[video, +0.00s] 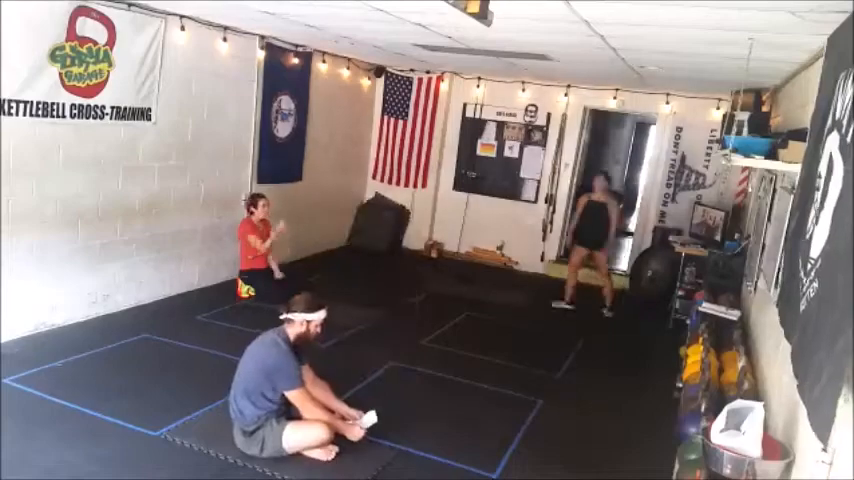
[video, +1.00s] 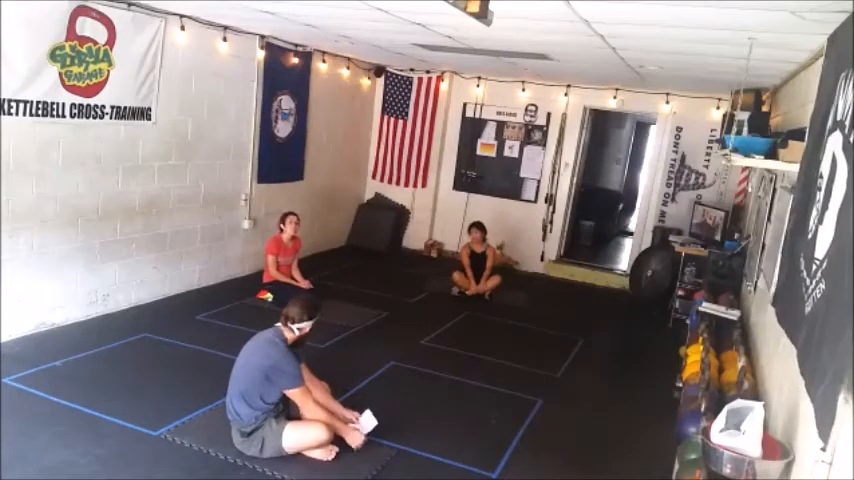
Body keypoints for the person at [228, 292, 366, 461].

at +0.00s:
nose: (320, 331)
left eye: (321, 325)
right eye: (318, 325)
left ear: (301, 323)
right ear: (302, 323)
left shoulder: (287, 340)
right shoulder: (279, 355)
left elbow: (312, 383)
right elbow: (307, 409)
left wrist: (345, 411)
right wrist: (344, 428)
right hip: (255, 432)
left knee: (321, 387)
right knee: (323, 431)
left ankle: (309, 445)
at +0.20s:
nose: (321, 333)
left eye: (323, 327)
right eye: (319, 328)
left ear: (302, 325)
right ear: (304, 326)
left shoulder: (286, 340)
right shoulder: (279, 357)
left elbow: (312, 384)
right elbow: (308, 410)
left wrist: (345, 411)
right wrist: (345, 430)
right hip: (253, 432)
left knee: (321, 388)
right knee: (323, 432)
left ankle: (310, 445)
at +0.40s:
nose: (313, 329)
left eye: (314, 324)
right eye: (313, 325)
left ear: (287, 321)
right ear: (303, 328)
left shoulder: (282, 339)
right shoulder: (276, 357)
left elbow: (311, 384)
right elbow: (307, 410)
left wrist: (345, 412)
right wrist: (344, 429)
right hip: (253, 433)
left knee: (320, 387)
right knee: (323, 432)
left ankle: (310, 445)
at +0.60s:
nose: (315, 326)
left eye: (315, 322)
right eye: (315, 323)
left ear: (288, 317)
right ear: (305, 326)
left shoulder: (279, 338)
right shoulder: (277, 356)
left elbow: (311, 383)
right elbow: (307, 406)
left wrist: (342, 414)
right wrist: (343, 431)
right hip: (253, 432)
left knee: (321, 387)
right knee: (323, 432)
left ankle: (309, 445)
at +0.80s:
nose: (315, 328)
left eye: (315, 323)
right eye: (314, 324)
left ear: (286, 318)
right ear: (304, 328)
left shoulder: (278, 338)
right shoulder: (275, 357)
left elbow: (310, 383)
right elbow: (306, 406)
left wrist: (343, 413)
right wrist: (344, 430)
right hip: (253, 432)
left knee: (321, 388)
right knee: (323, 432)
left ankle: (308, 445)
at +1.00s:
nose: (311, 328)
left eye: (312, 323)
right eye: (312, 324)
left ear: (285, 317)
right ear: (304, 328)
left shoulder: (276, 336)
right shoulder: (280, 357)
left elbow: (311, 383)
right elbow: (308, 406)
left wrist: (342, 412)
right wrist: (344, 431)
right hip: (253, 433)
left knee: (322, 387)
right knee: (322, 431)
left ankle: (309, 445)